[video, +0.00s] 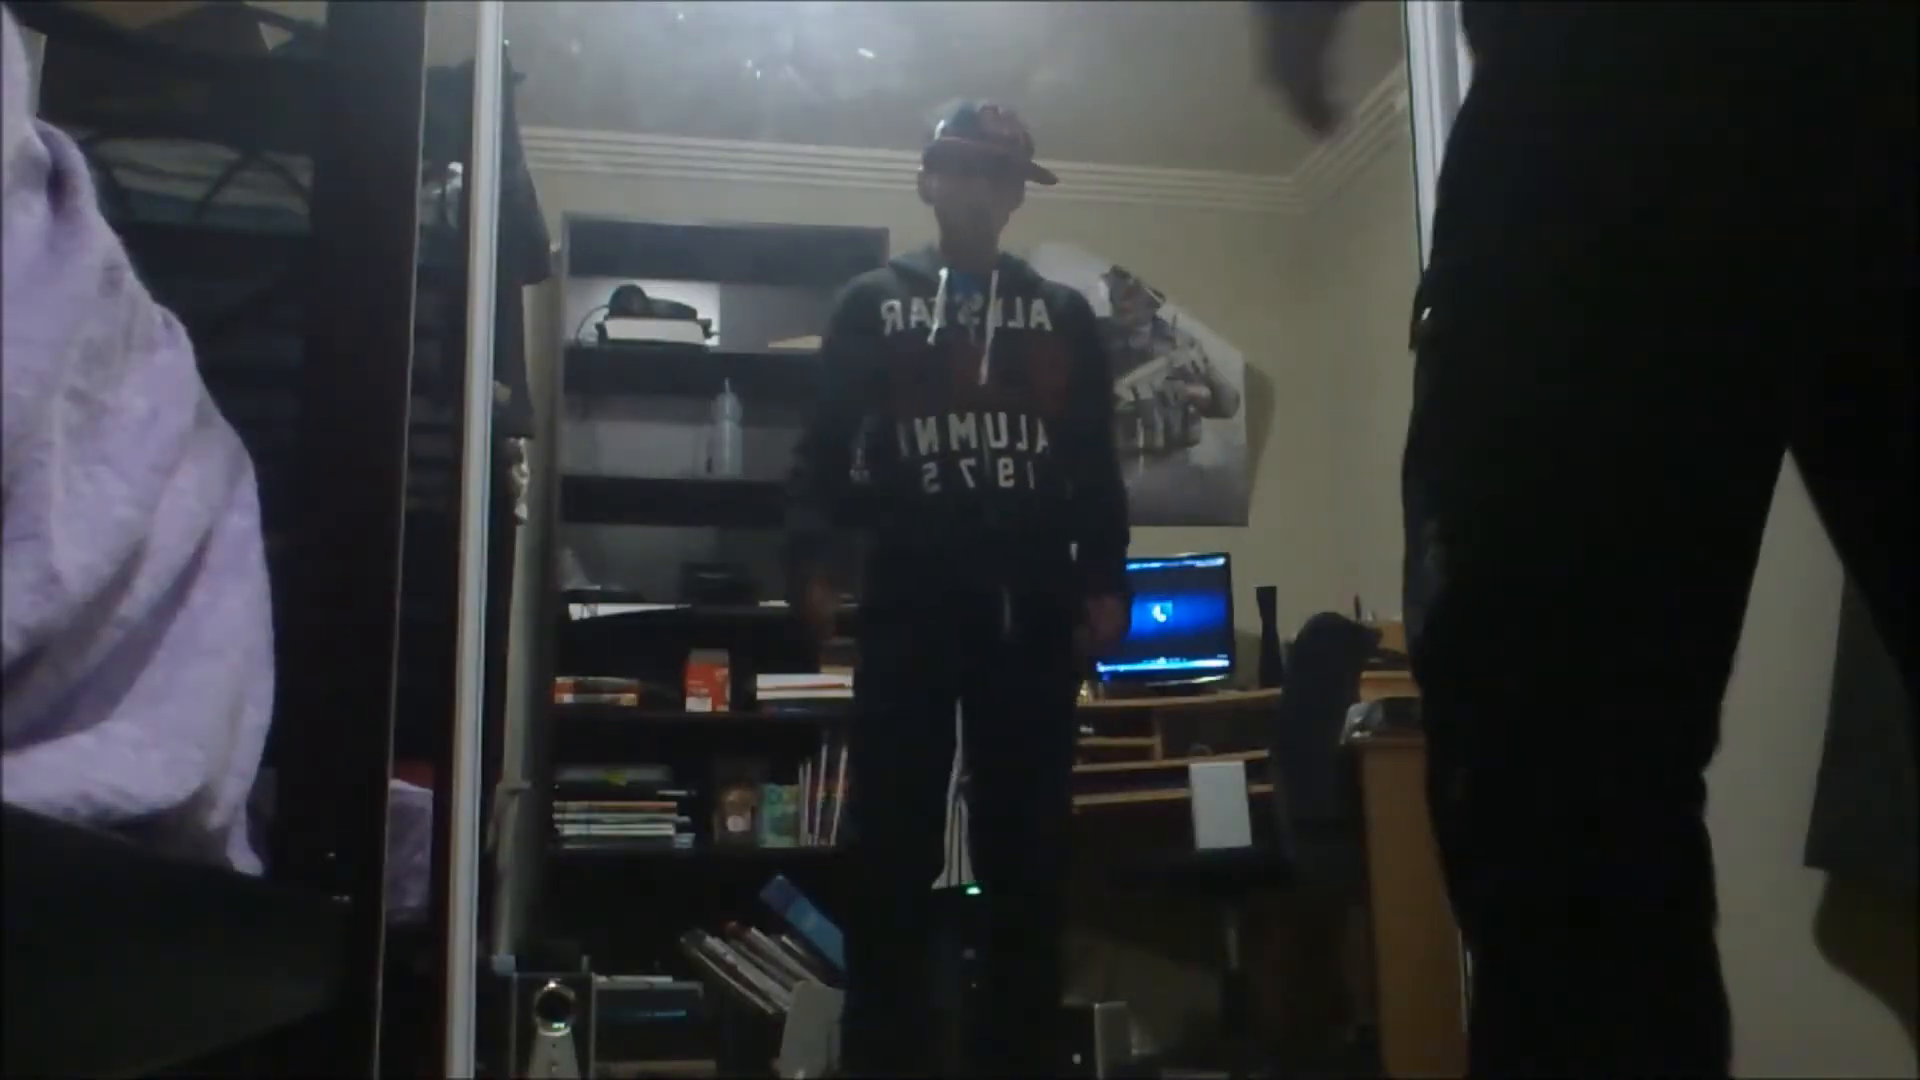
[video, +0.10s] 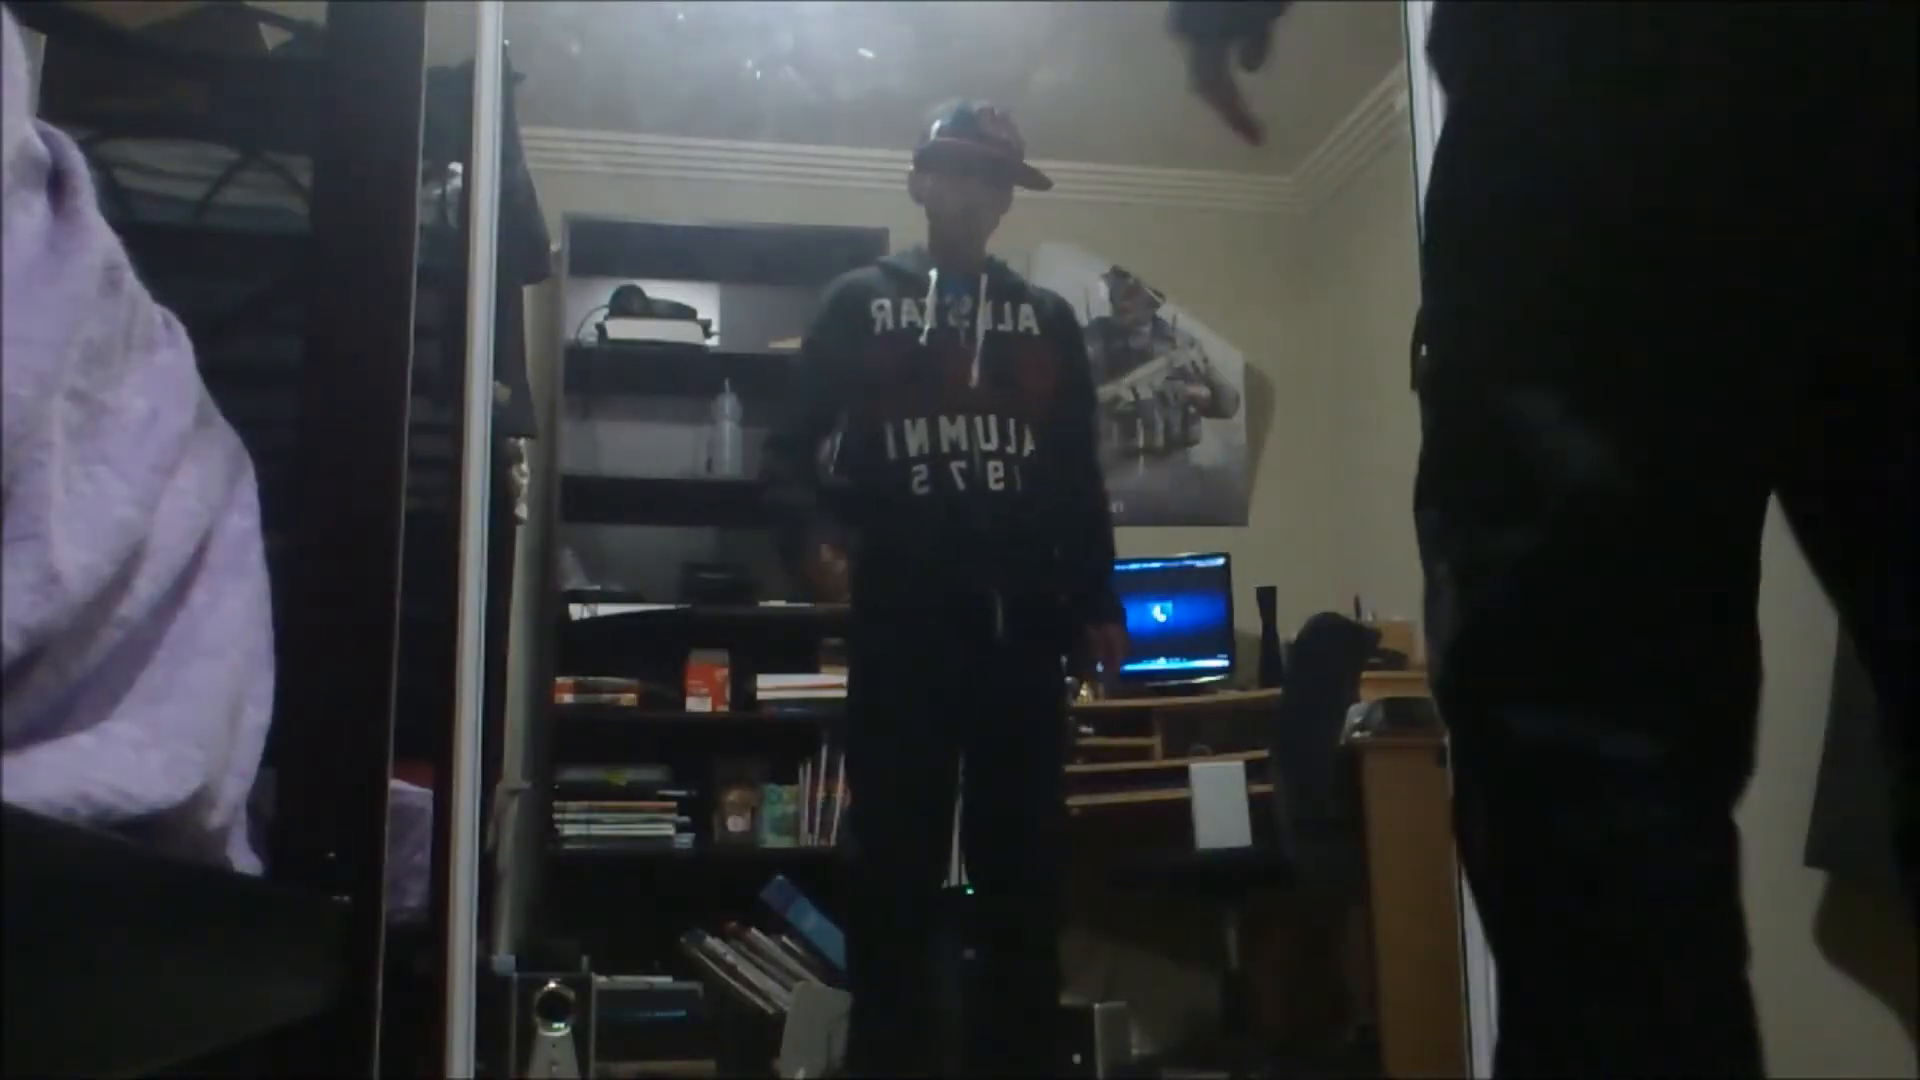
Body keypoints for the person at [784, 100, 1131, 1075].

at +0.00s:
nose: (981, 188)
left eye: (1001, 174)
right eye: (965, 167)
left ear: (1022, 191)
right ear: (927, 179)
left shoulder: (1063, 313)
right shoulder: (873, 304)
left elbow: (1096, 458)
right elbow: (823, 448)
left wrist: (1107, 581)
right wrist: (811, 564)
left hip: (1032, 600)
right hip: (907, 596)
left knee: (1024, 840)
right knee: (894, 837)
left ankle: (1019, 1050)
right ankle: (887, 1049)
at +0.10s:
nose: (969, 194)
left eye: (989, 179)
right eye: (954, 172)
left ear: (1011, 195)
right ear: (918, 182)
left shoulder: (1046, 317)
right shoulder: (861, 302)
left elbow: (1079, 474)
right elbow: (794, 448)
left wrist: (1099, 602)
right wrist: (812, 539)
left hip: (1023, 612)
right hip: (900, 607)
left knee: (1021, 852)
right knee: (895, 849)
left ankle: (1016, 1057)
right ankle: (891, 1055)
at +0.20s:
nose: (965, 196)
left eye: (983, 181)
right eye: (949, 173)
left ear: (1002, 196)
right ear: (908, 181)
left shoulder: (1028, 318)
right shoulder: (845, 297)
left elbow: (1056, 481)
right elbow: (770, 441)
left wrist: (1082, 618)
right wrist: (815, 510)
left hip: (1013, 621)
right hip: (893, 614)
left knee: (1019, 861)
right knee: (893, 860)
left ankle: (1016, 1059)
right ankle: (890, 1058)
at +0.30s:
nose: (960, 197)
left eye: (977, 182)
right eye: (944, 174)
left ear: (992, 196)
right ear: (897, 179)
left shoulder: (1010, 317)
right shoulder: (831, 294)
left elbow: (1037, 492)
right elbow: (754, 433)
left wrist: (1066, 636)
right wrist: (834, 484)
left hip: (1004, 629)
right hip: (883, 623)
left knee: (1023, 871)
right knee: (887, 869)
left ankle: (1018, 1065)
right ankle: (888, 1066)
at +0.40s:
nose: (954, 199)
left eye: (971, 184)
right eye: (939, 175)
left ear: (983, 197)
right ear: (891, 176)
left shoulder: (993, 313)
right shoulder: (817, 290)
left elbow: (1016, 488)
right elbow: (752, 432)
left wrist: (1035, 642)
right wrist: (859, 456)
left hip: (987, 628)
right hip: (872, 623)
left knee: (1029, 863)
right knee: (885, 869)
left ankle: (1019, 1062)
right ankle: (886, 1065)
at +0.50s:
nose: (954, 204)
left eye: (968, 188)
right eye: (938, 179)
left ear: (978, 199)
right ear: (885, 179)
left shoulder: (985, 318)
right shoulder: (816, 284)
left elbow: (998, 483)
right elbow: (757, 428)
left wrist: (1016, 638)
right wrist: (893, 433)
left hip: (976, 615)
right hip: (862, 610)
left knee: (1035, 843)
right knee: (878, 860)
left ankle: (1021, 1061)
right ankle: (881, 1066)